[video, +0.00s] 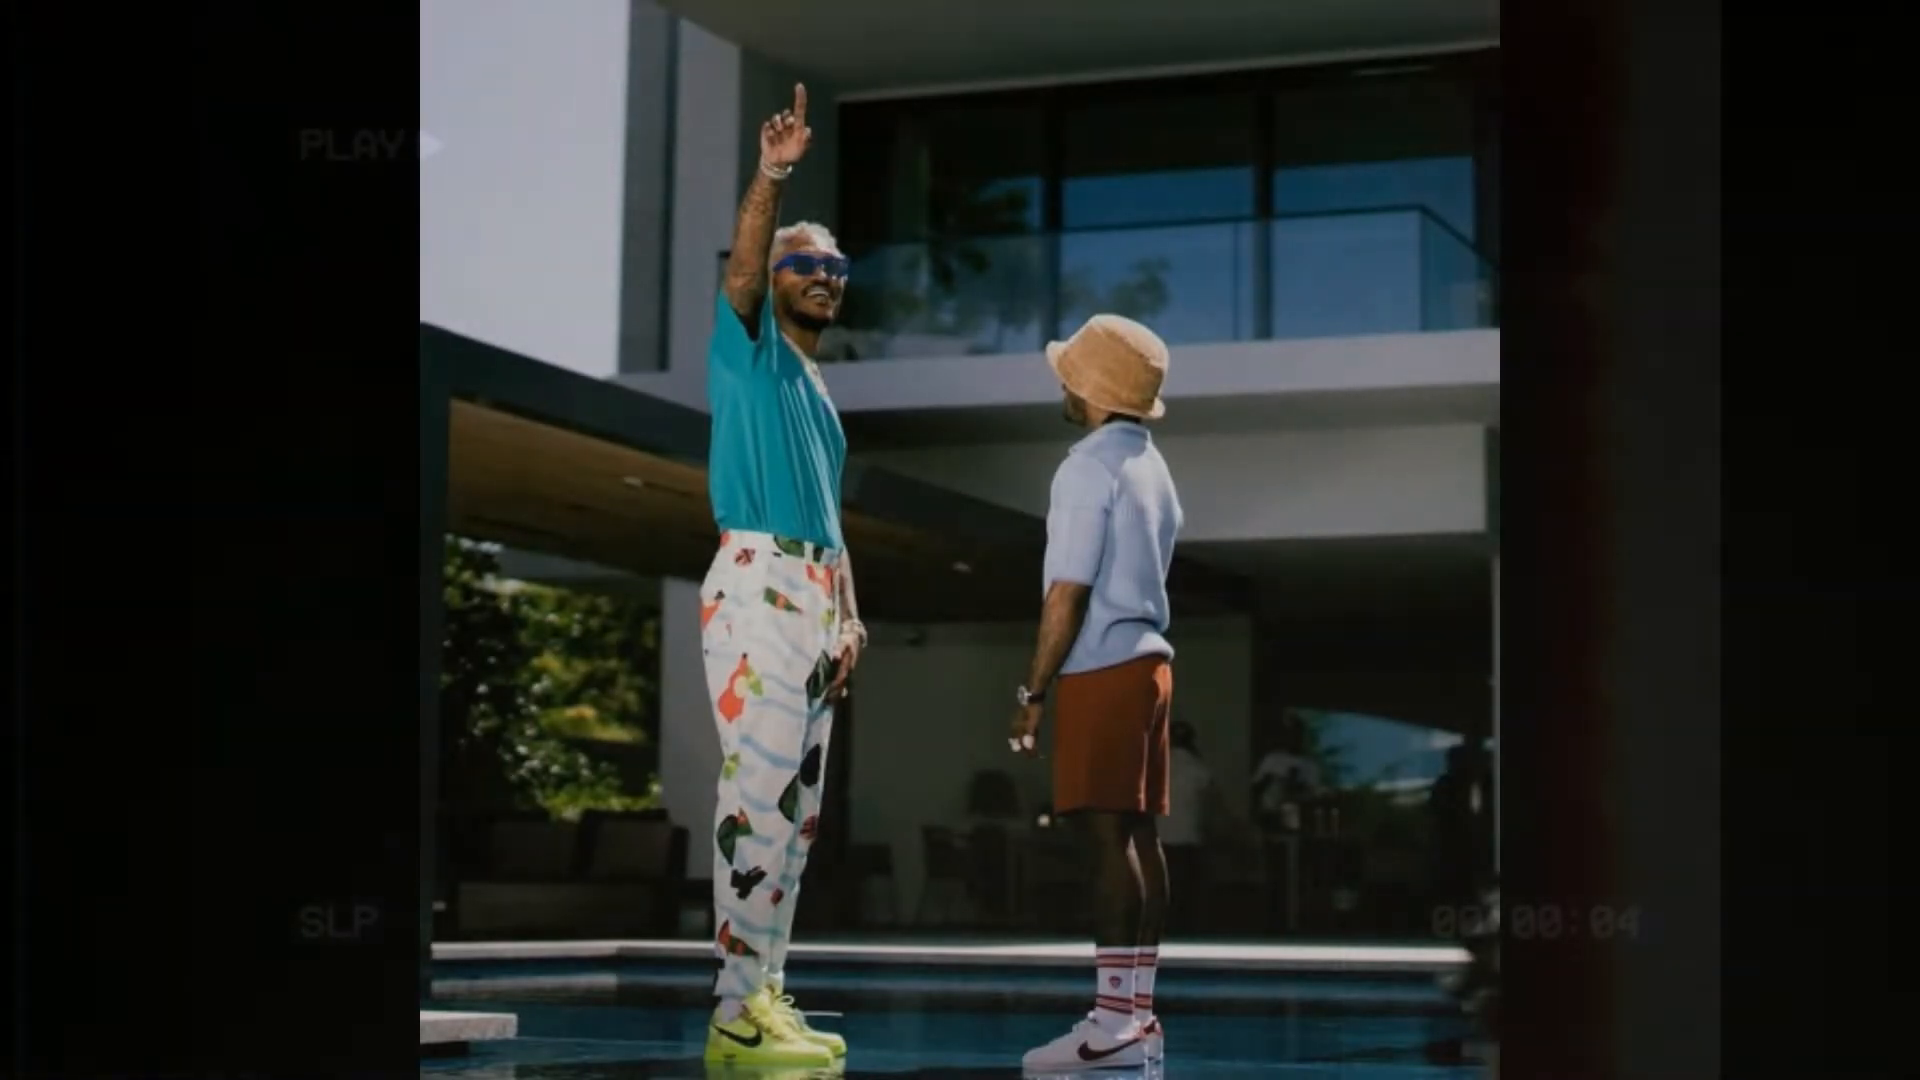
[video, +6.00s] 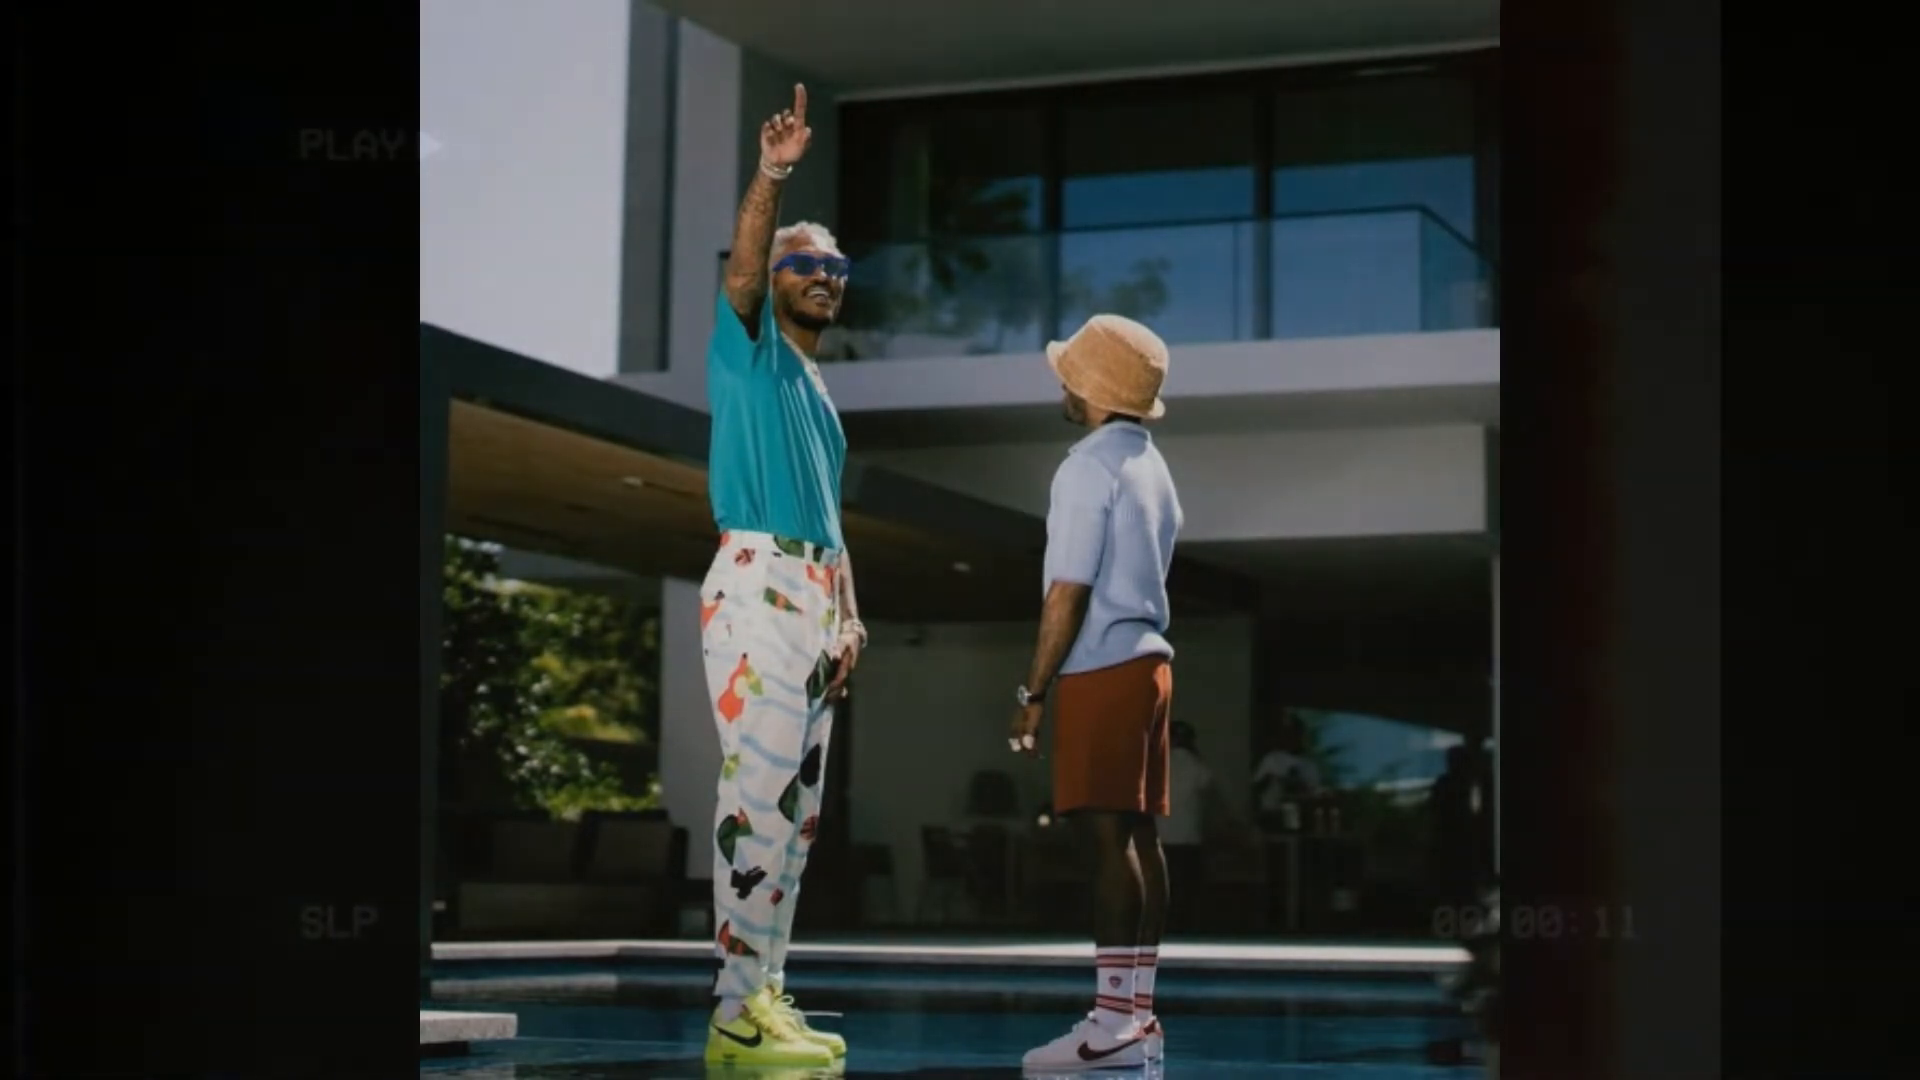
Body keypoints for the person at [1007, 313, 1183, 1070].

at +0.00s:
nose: (1064, 388)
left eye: (1072, 379)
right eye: (1069, 377)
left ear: (1090, 391)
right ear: (1132, 394)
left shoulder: (1087, 469)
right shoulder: (1148, 463)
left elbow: (1067, 596)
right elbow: (1147, 579)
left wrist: (1031, 691)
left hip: (1104, 669)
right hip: (1147, 665)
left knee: (1107, 838)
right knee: (1139, 837)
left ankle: (1116, 1015)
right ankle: (1135, 1011)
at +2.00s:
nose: (1064, 388)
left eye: (1072, 378)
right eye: (1069, 376)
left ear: (1091, 391)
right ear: (1131, 394)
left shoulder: (1088, 468)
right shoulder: (1148, 463)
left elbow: (1067, 595)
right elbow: (1147, 577)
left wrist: (1031, 691)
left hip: (1104, 670)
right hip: (1146, 666)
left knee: (1108, 838)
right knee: (1139, 837)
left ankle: (1116, 1014)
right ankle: (1135, 1011)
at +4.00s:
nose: (1064, 387)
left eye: (1072, 377)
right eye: (1068, 376)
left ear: (1092, 390)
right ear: (1130, 394)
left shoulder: (1088, 468)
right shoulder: (1148, 463)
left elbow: (1067, 594)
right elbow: (1149, 576)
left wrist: (1032, 691)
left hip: (1104, 669)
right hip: (1146, 665)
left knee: (1108, 838)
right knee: (1139, 838)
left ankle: (1116, 1015)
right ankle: (1135, 1012)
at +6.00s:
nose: (1064, 388)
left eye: (1072, 378)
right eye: (1068, 376)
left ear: (1093, 390)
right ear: (1130, 394)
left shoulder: (1088, 468)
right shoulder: (1147, 463)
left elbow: (1068, 594)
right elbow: (1147, 579)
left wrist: (1032, 691)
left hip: (1104, 669)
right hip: (1146, 665)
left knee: (1109, 838)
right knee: (1140, 838)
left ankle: (1116, 1015)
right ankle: (1135, 1012)